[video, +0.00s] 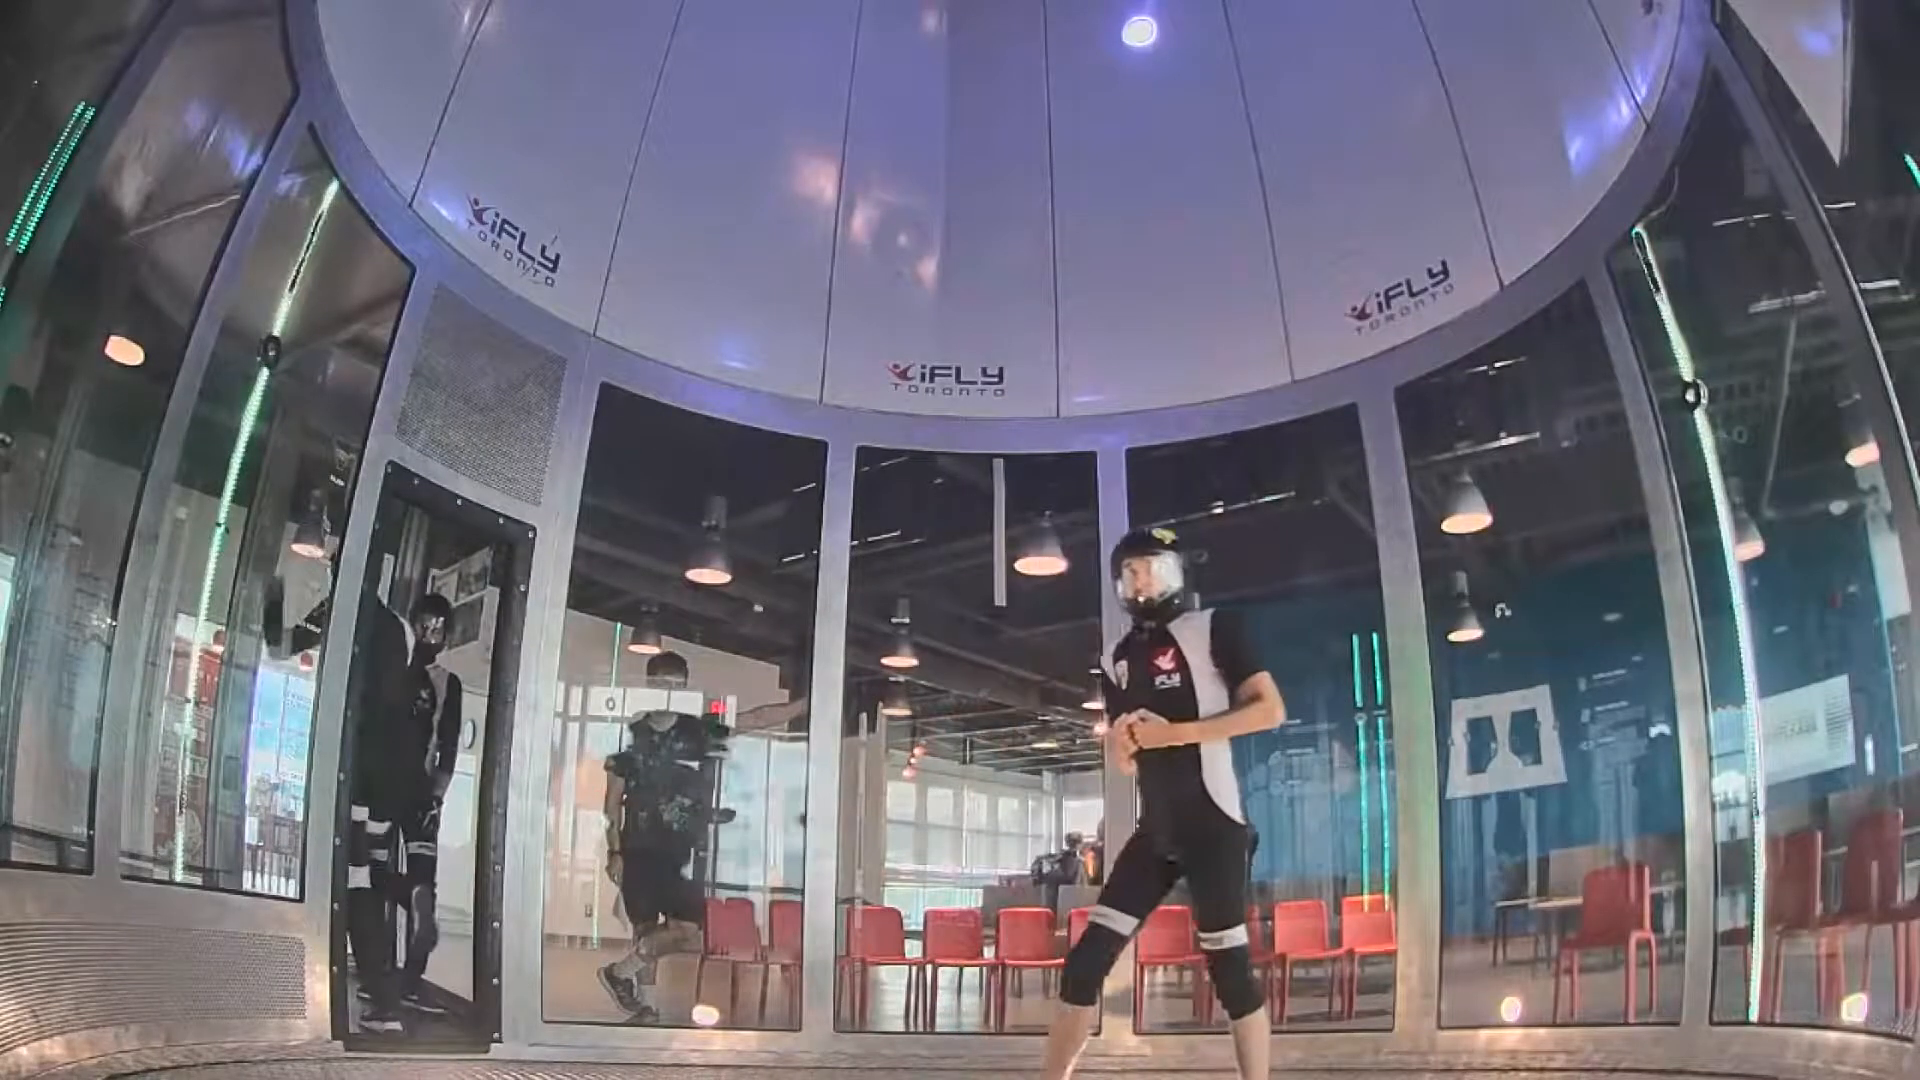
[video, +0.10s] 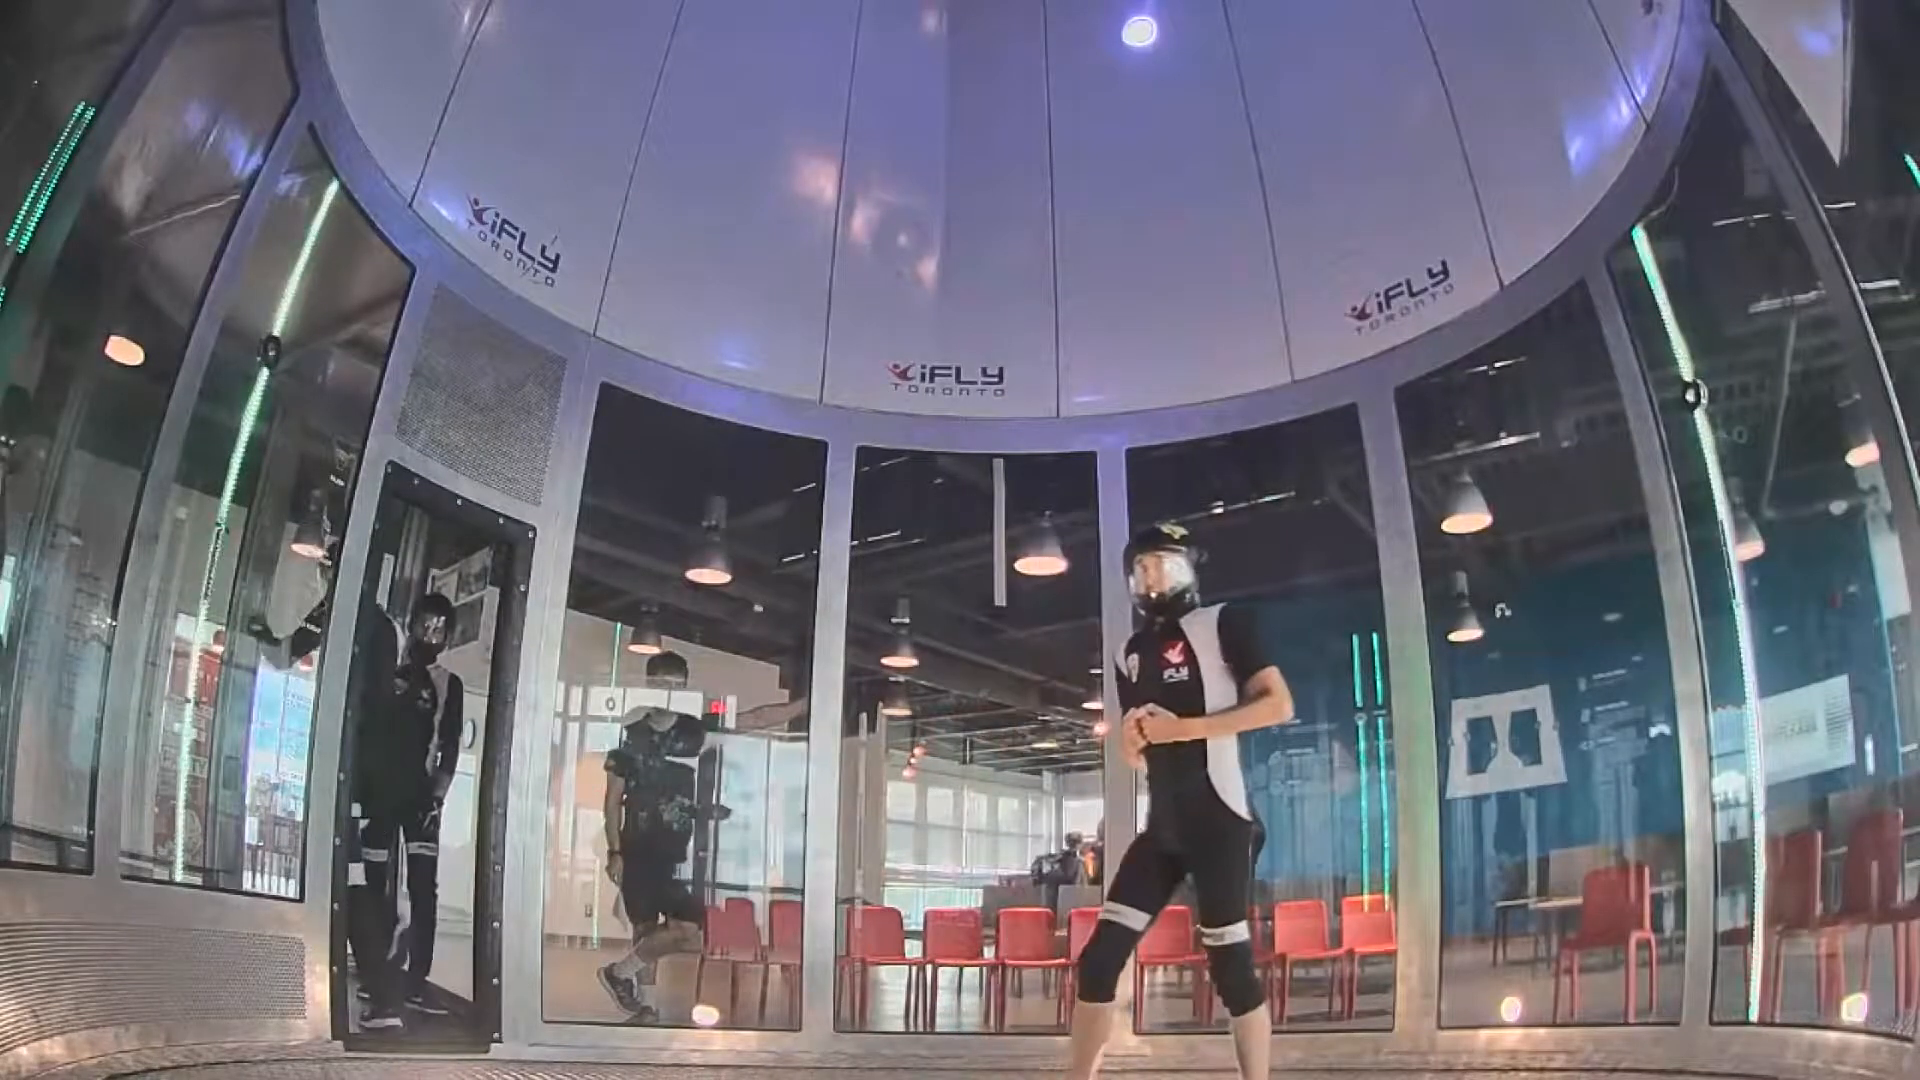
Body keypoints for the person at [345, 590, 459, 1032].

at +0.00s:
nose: (430, 635)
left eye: (438, 628)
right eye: (424, 626)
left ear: (446, 634)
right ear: (410, 627)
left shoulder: (448, 683)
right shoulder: (393, 673)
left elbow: (449, 743)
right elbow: (376, 731)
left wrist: (437, 794)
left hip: (421, 796)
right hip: (383, 791)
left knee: (420, 896)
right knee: (381, 892)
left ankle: (412, 978)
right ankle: (378, 978)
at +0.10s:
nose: (432, 632)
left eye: (439, 627)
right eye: (426, 624)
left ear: (446, 632)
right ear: (412, 624)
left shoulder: (449, 683)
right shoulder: (388, 671)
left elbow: (451, 746)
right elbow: (366, 725)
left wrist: (436, 796)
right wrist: (363, 781)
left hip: (422, 796)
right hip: (380, 789)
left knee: (423, 888)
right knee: (377, 886)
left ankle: (416, 981)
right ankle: (375, 976)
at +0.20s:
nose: (433, 630)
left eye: (441, 625)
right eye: (427, 621)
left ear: (450, 632)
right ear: (414, 622)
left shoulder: (452, 684)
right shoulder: (391, 664)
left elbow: (453, 748)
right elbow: (360, 708)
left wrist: (440, 795)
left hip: (423, 793)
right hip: (379, 786)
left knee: (425, 889)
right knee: (375, 887)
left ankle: (420, 983)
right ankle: (376, 989)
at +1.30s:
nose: (441, 591)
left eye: (450, 585)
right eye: (434, 582)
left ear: (461, 593)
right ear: (420, 585)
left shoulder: (471, 653)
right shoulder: (389, 634)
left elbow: (473, 722)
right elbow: (353, 697)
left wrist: (458, 762)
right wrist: (382, 712)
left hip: (437, 779)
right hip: (387, 772)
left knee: (442, 896)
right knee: (380, 884)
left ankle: (414, 979)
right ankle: (385, 996)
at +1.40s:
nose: (443, 587)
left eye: (452, 580)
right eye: (435, 577)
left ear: (464, 587)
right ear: (421, 581)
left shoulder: (475, 645)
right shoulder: (389, 633)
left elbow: (490, 717)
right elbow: (355, 702)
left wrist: (459, 703)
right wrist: (391, 673)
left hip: (439, 776)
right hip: (387, 771)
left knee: (445, 891)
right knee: (381, 883)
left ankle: (419, 994)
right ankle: (387, 1000)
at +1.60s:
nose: (449, 581)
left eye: (458, 573)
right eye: (442, 572)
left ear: (473, 578)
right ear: (430, 576)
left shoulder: (492, 631)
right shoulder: (406, 623)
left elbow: (547, 684)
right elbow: (358, 692)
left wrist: (497, 665)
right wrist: (389, 642)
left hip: (453, 773)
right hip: (398, 768)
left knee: (449, 901)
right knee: (387, 893)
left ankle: (456, 1016)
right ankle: (386, 1010)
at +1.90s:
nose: (473, 591)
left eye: (484, 583)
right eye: (466, 581)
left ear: (502, 588)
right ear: (456, 584)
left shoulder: (523, 634)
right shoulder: (438, 640)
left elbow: (596, 661)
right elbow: (403, 706)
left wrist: (536, 658)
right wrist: (394, 688)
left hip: (500, 791)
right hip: (447, 787)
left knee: (501, 918)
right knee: (407, 905)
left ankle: (528, 1041)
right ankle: (400, 1011)